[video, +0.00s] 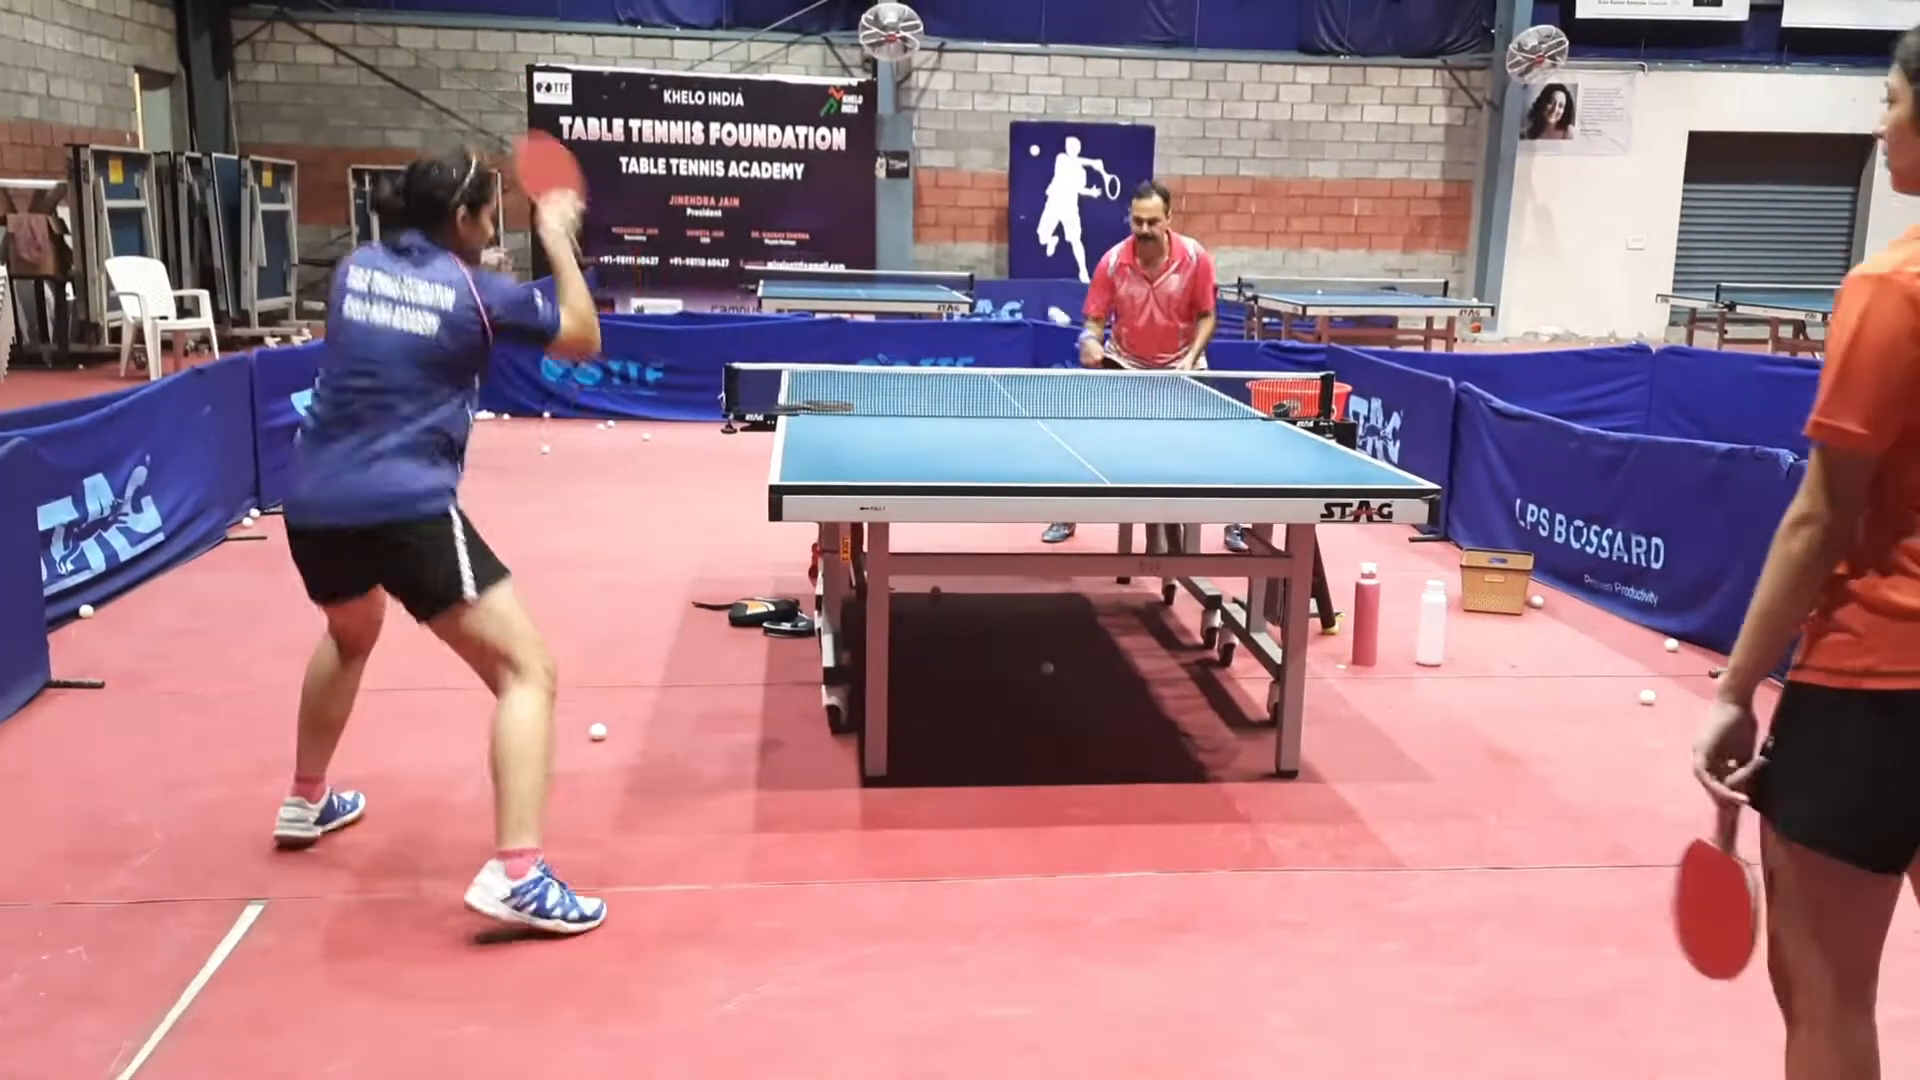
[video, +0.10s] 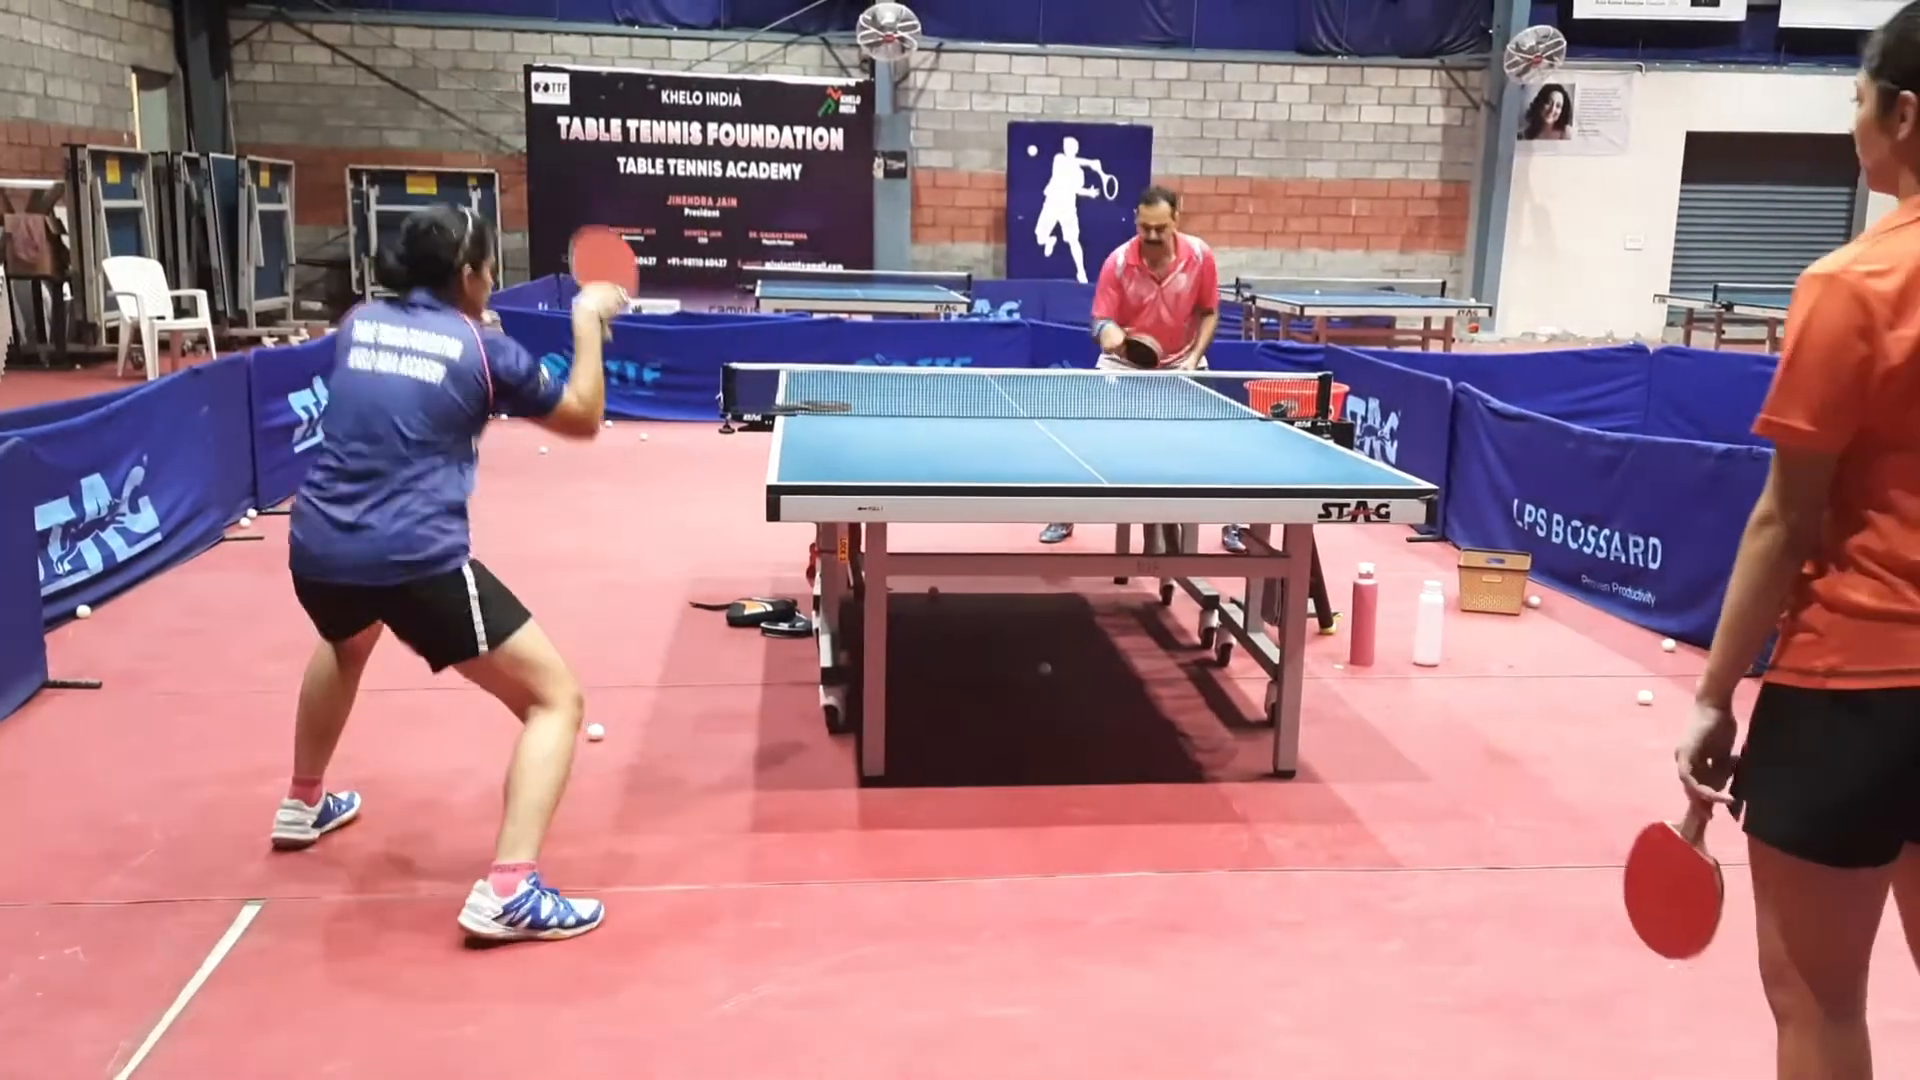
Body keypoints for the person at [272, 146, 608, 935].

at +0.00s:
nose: (492, 224)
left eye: (491, 210)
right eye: (488, 212)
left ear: (409, 213)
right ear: (462, 219)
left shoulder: (354, 268)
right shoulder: (477, 292)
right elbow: (582, 334)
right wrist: (555, 235)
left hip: (313, 504)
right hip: (408, 507)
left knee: (348, 636)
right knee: (524, 674)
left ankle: (303, 801)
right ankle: (518, 869)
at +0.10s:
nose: (489, 277)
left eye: (487, 264)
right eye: (485, 266)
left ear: (406, 270)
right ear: (465, 273)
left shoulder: (356, 323)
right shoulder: (482, 348)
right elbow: (582, 417)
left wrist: (463, 332)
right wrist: (590, 318)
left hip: (320, 557)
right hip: (419, 563)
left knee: (348, 638)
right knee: (556, 699)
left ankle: (301, 804)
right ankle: (511, 885)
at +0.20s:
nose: (501, 283)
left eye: (499, 269)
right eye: (498, 272)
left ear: (424, 275)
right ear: (480, 279)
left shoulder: (369, 329)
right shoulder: (491, 354)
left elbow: (416, 385)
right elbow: (584, 445)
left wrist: (490, 351)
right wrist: (612, 358)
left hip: (318, 549)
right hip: (416, 556)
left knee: (348, 641)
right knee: (548, 699)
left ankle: (299, 803)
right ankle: (507, 885)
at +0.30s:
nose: (533, 239)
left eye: (532, 225)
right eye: (528, 227)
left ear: (454, 226)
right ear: (505, 235)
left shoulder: (407, 272)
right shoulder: (504, 316)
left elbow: (448, 350)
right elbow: (553, 442)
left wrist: (535, 337)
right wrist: (623, 394)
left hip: (312, 499)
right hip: (399, 510)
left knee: (357, 631)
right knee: (520, 671)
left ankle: (300, 797)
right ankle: (507, 871)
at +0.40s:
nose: (566, 224)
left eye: (565, 210)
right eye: (561, 211)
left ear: (499, 211)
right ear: (530, 219)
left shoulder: (453, 251)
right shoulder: (507, 305)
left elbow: (488, 371)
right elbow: (509, 439)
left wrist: (584, 390)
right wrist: (606, 453)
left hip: (324, 462)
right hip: (385, 480)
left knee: (381, 618)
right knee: (508, 652)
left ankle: (303, 767)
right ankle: (495, 861)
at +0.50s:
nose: (593, 254)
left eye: (591, 240)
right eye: (587, 241)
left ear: (539, 243)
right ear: (556, 250)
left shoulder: (511, 294)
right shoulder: (496, 327)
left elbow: (530, 401)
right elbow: (450, 464)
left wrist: (598, 470)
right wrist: (549, 516)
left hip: (359, 482)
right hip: (379, 499)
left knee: (398, 636)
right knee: (501, 665)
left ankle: (313, 764)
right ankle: (479, 869)